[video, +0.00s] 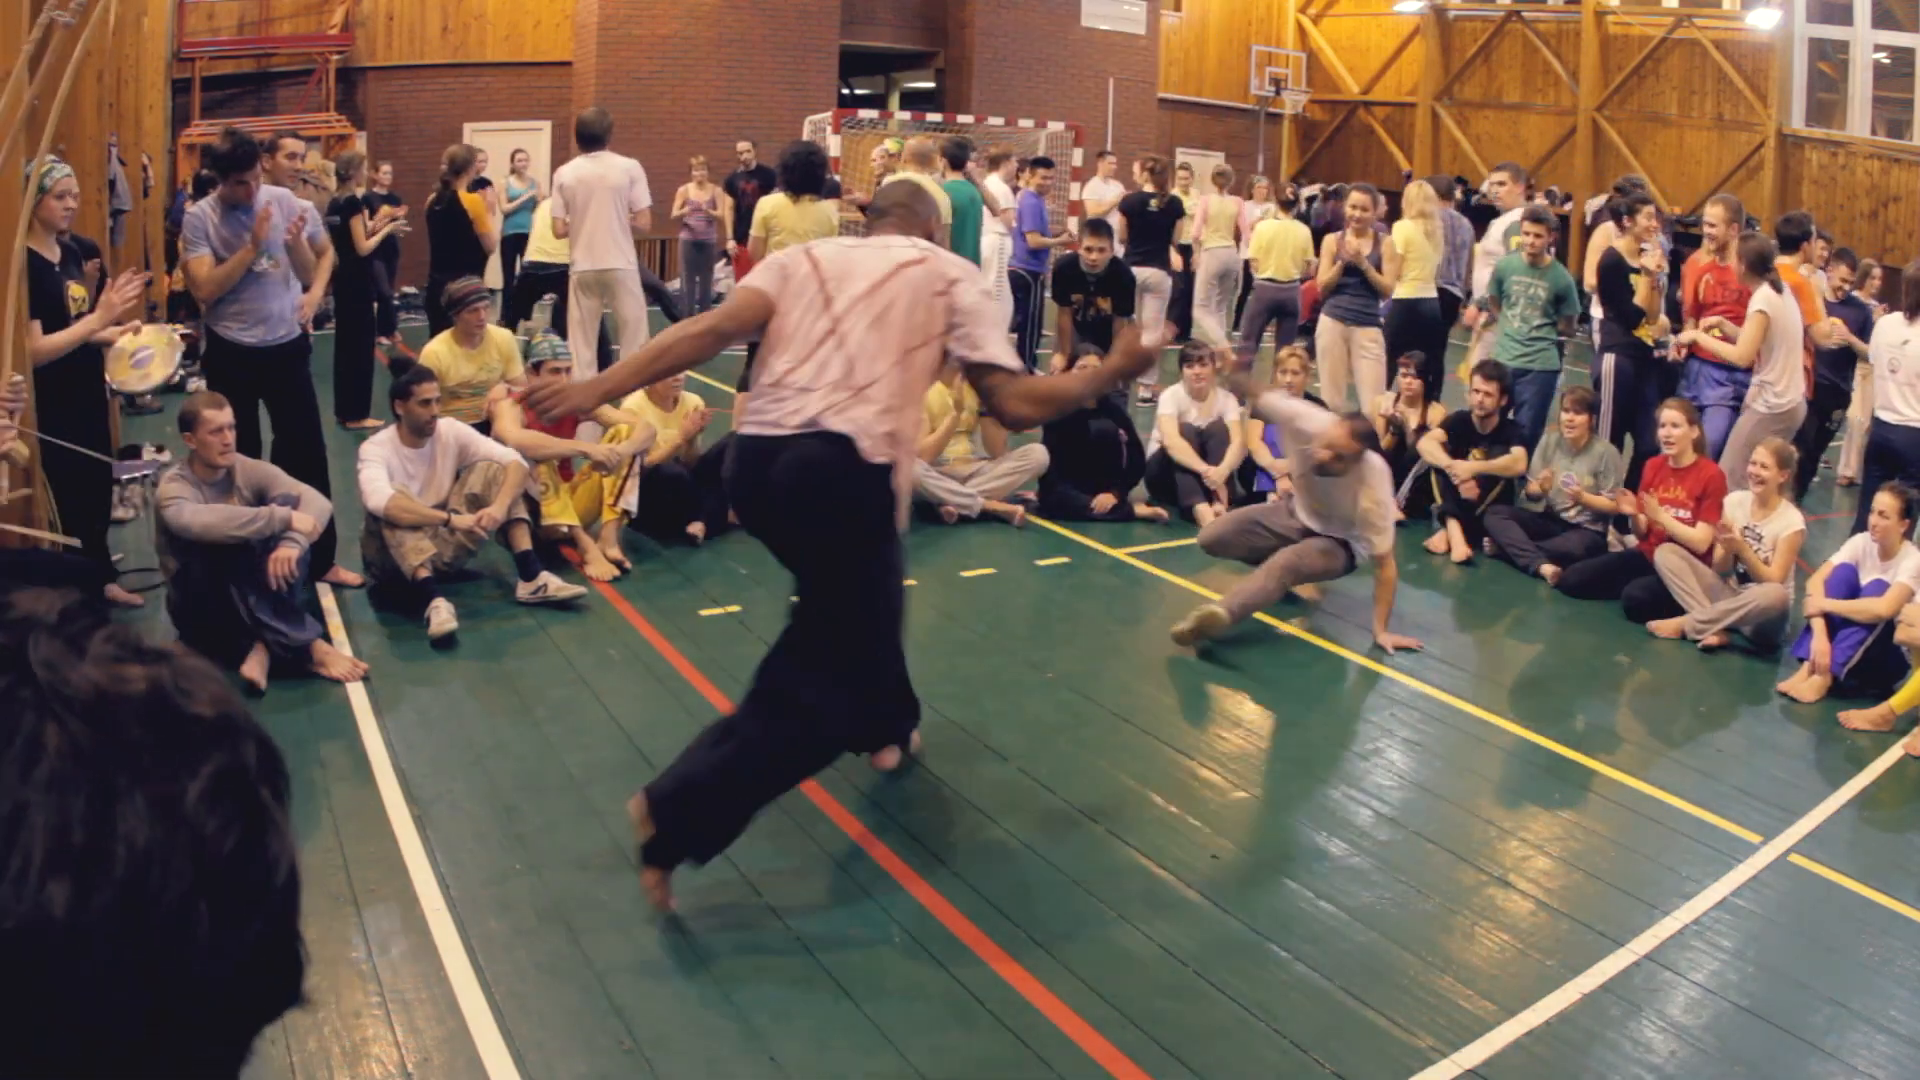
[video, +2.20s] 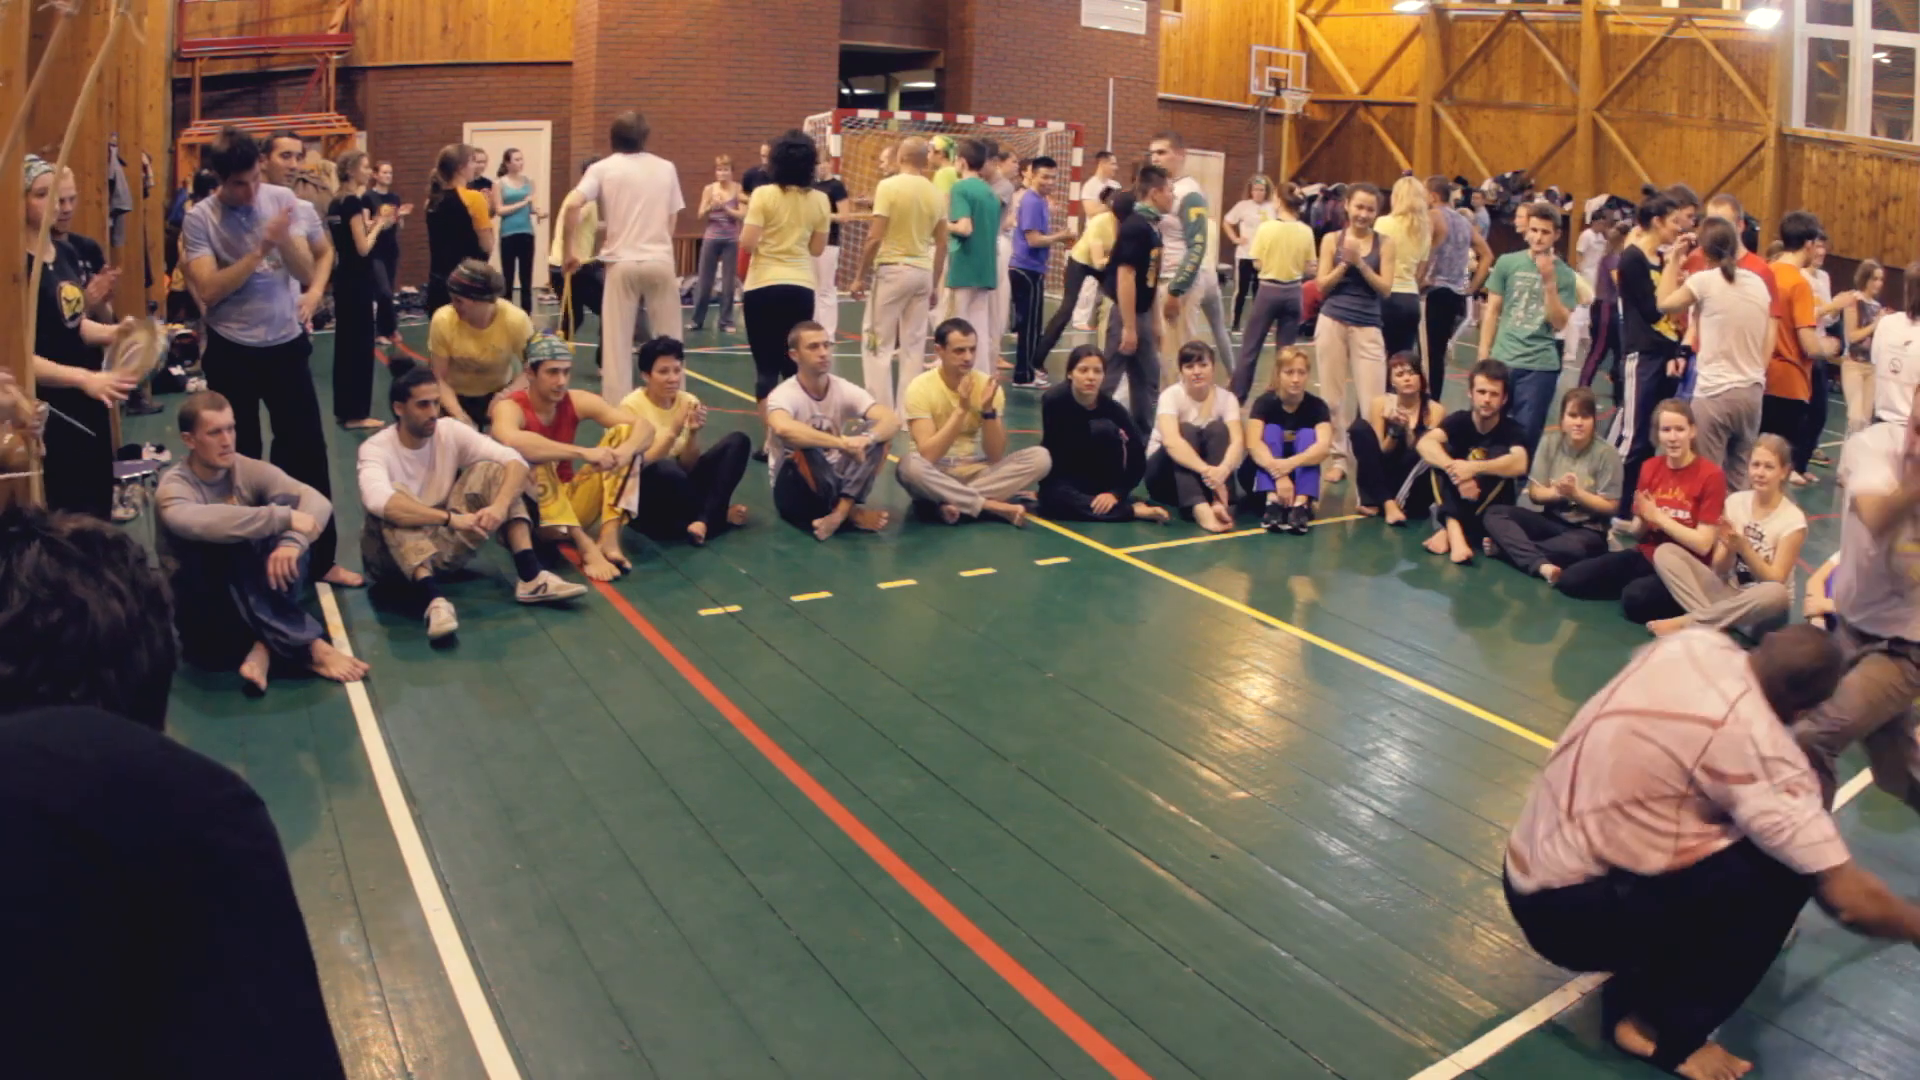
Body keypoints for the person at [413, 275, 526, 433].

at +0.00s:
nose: (482, 316)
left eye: (485, 308)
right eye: (474, 311)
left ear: (489, 308)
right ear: (456, 315)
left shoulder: (504, 339)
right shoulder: (434, 352)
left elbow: (521, 386)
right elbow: (421, 399)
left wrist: (504, 387)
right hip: (450, 429)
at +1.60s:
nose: (463, 322)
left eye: (469, 313)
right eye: (456, 315)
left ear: (485, 313)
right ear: (451, 317)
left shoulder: (504, 340)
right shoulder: (435, 352)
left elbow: (525, 390)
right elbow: (422, 401)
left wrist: (505, 387)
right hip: (449, 428)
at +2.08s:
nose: (461, 325)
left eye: (467, 319)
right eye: (459, 318)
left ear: (490, 318)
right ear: (456, 314)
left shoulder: (516, 336)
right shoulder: (445, 341)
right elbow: (433, 396)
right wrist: (451, 424)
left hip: (500, 415)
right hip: (456, 416)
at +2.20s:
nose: (454, 306)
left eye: (459, 301)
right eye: (452, 300)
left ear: (479, 301)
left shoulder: (516, 319)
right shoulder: (443, 319)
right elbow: (440, 378)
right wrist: (460, 416)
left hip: (498, 396)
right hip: (455, 396)